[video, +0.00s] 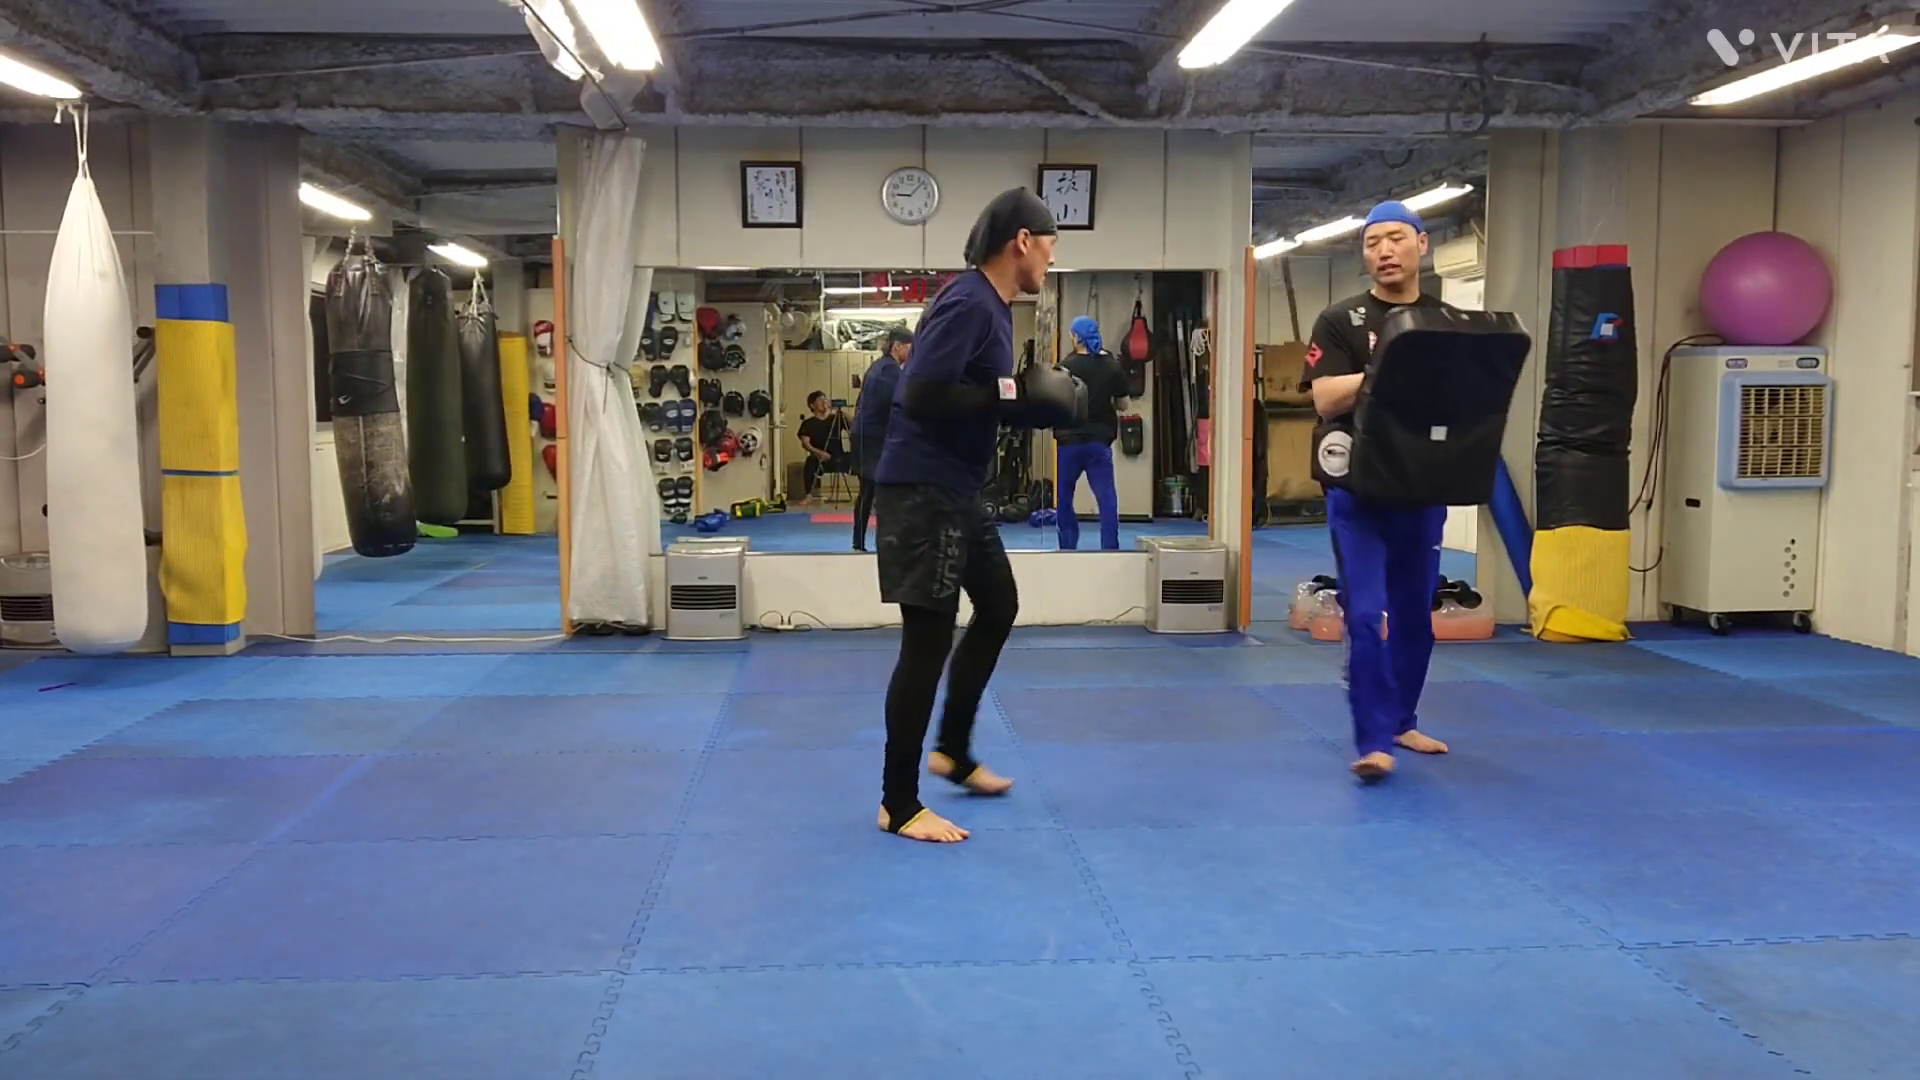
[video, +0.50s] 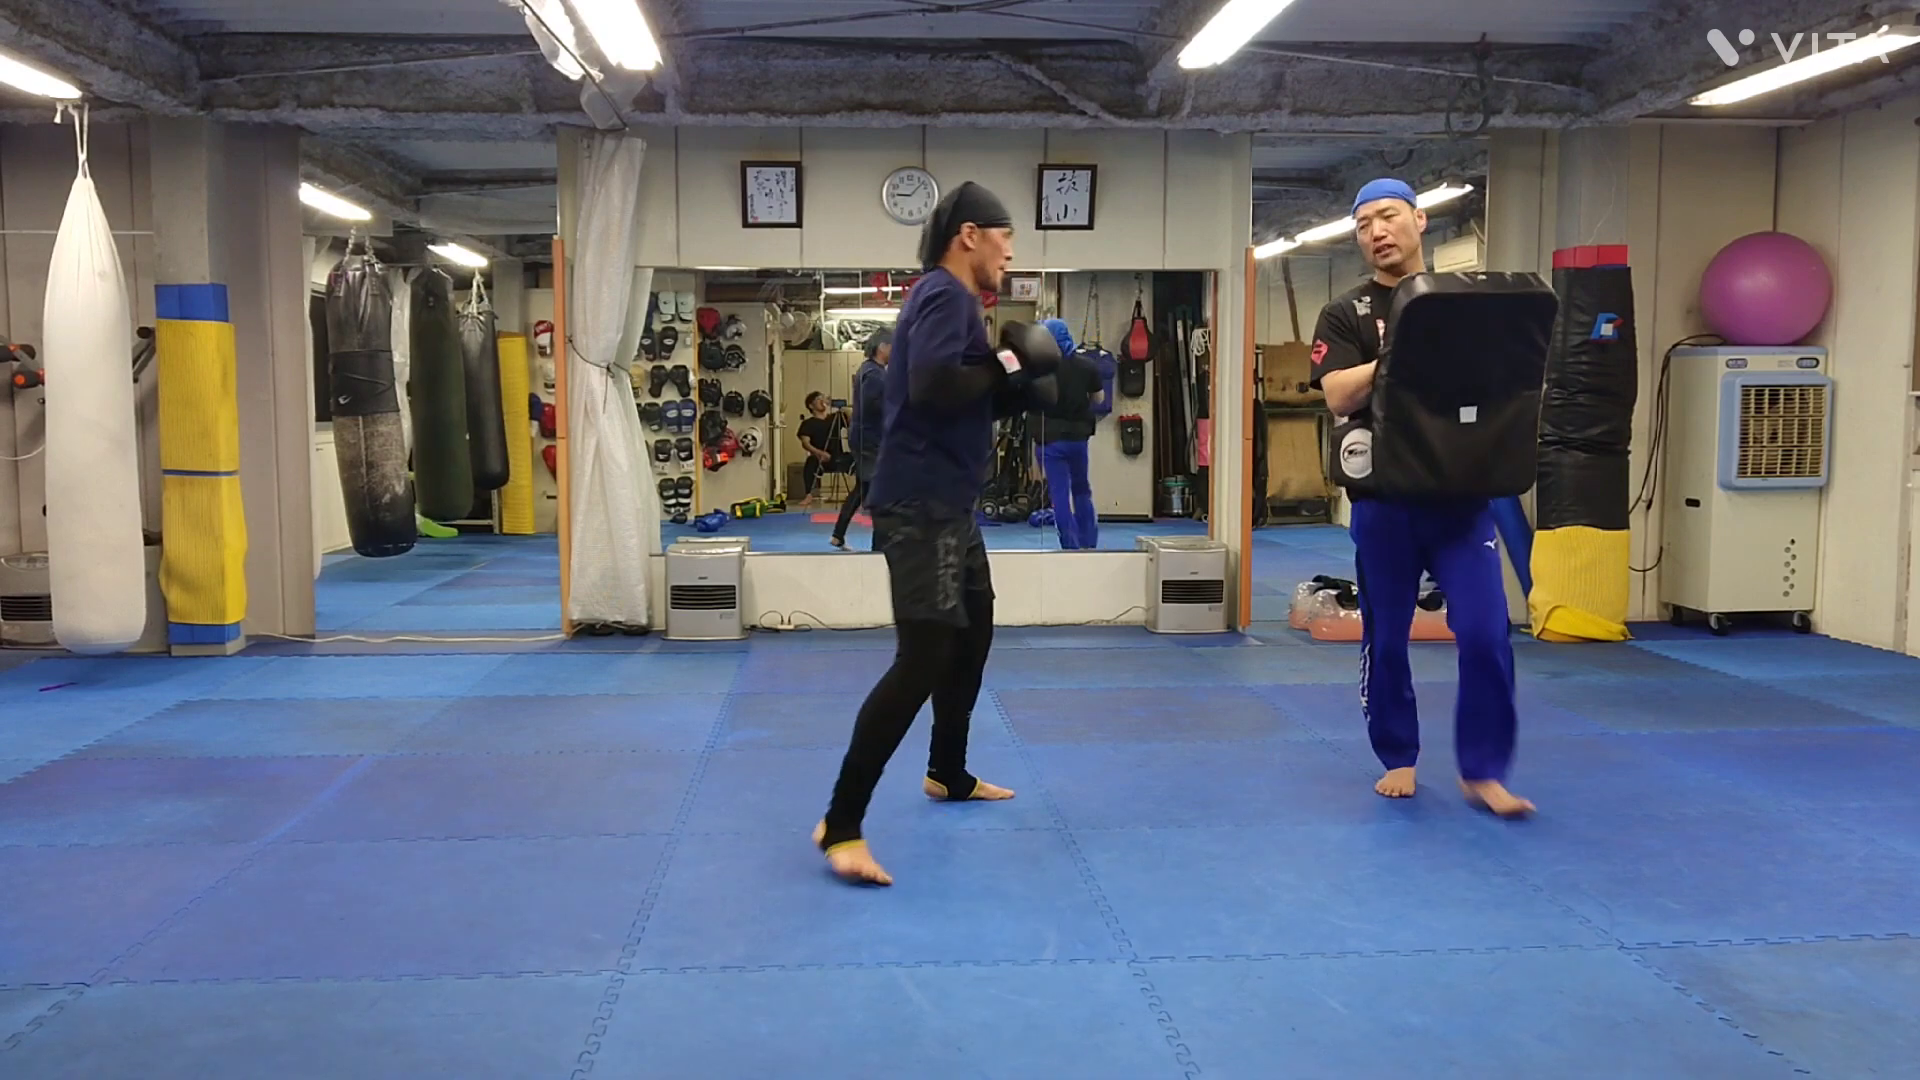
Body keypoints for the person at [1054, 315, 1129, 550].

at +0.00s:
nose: (1070, 339)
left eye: (1072, 336)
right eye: (1071, 335)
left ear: (1076, 338)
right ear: (1095, 336)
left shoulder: (1065, 367)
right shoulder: (1111, 365)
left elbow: (1055, 401)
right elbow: (1123, 404)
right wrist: (1106, 396)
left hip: (1070, 442)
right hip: (1100, 441)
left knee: (1064, 495)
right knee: (1107, 496)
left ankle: (1067, 546)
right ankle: (1110, 548)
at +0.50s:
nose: (1043, 345)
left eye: (1043, 339)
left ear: (1044, 342)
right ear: (1067, 337)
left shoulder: (1039, 367)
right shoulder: (1084, 364)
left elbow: (1031, 402)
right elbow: (1098, 396)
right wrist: (1078, 400)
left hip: (1049, 438)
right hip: (1078, 436)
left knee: (1059, 492)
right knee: (1081, 489)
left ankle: (1069, 543)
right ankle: (1088, 539)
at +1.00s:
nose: (1011, 340)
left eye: (1014, 336)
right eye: (1011, 336)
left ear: (1026, 339)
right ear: (1028, 339)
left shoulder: (1026, 365)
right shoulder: (1043, 363)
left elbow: (1011, 401)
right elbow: (1046, 402)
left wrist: (998, 390)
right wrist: (1013, 395)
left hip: (1024, 438)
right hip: (1043, 436)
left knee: (1014, 488)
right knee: (1045, 486)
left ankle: (1013, 539)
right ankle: (1066, 536)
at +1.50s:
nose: (975, 345)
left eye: (980, 341)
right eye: (975, 341)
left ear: (994, 344)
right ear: (978, 344)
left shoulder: (1008, 372)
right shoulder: (972, 371)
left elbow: (1009, 402)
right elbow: (963, 398)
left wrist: (982, 395)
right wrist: (944, 386)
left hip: (1000, 436)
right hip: (975, 435)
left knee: (1002, 487)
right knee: (971, 484)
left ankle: (1009, 539)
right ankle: (967, 534)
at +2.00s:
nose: (976, 353)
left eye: (982, 348)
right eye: (974, 348)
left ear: (993, 351)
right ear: (971, 351)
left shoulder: (1005, 379)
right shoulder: (964, 377)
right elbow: (954, 407)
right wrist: (985, 406)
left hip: (997, 445)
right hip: (969, 444)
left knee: (1002, 492)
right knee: (951, 486)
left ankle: (1002, 533)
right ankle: (948, 532)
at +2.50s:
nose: (968, 362)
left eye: (973, 357)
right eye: (966, 357)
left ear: (984, 359)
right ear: (962, 358)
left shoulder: (993, 382)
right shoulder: (954, 382)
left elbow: (1002, 412)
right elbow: (943, 410)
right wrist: (966, 400)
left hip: (987, 447)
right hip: (959, 447)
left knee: (999, 495)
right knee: (945, 495)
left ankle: (1001, 535)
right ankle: (929, 536)